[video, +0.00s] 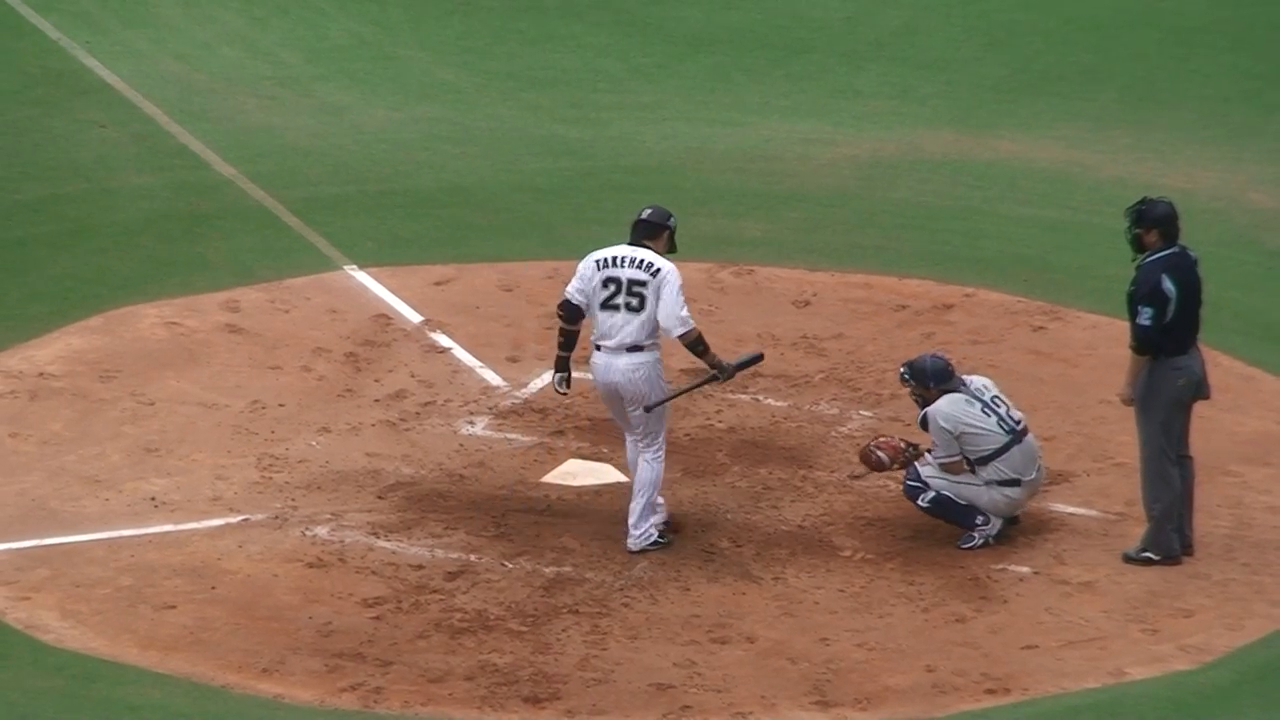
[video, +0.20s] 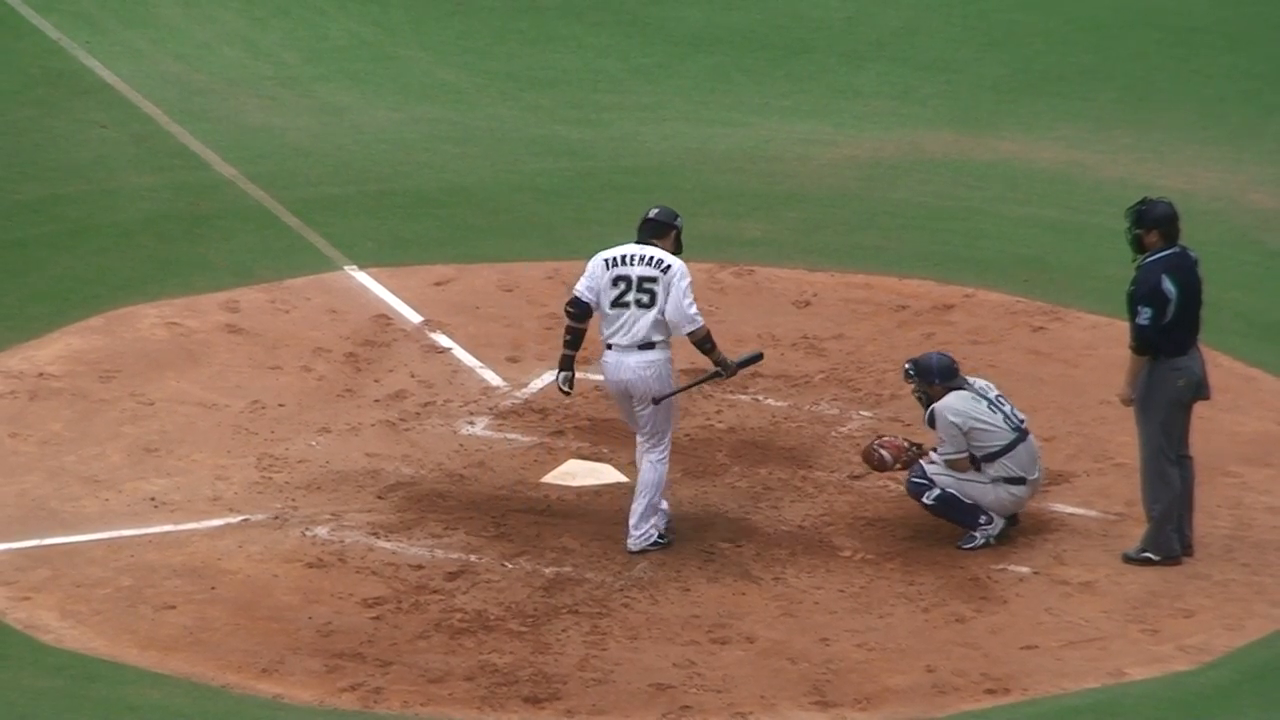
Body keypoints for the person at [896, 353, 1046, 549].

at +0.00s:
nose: (913, 393)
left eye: (916, 388)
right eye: (911, 388)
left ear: (931, 390)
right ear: (950, 376)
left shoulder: (937, 412)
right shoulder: (979, 381)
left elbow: (954, 468)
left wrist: (922, 458)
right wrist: (926, 452)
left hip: (1007, 497)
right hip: (1035, 478)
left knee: (915, 480)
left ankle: (985, 524)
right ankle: (1007, 511)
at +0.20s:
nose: (917, 390)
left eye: (920, 384)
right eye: (916, 384)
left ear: (936, 386)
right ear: (953, 376)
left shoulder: (944, 409)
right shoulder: (978, 383)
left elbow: (961, 465)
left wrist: (927, 457)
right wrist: (925, 452)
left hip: (1009, 494)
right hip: (1031, 479)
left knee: (919, 478)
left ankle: (987, 524)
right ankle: (1004, 511)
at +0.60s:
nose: (924, 381)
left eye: (928, 375)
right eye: (924, 375)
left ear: (946, 376)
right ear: (950, 375)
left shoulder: (962, 397)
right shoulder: (975, 384)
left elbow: (974, 455)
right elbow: (959, 431)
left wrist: (928, 451)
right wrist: (928, 442)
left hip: (1012, 487)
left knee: (932, 468)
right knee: (940, 450)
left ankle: (992, 523)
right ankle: (1002, 505)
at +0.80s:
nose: (926, 382)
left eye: (929, 376)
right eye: (925, 376)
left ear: (944, 376)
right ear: (949, 375)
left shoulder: (959, 397)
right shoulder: (978, 382)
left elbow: (966, 457)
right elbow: (960, 432)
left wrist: (930, 447)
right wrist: (924, 436)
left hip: (1009, 488)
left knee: (925, 471)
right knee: (938, 454)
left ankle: (990, 521)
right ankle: (1002, 506)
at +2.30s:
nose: (931, 374)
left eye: (936, 369)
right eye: (932, 368)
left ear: (952, 375)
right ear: (964, 373)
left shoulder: (965, 403)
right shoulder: (985, 388)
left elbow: (950, 462)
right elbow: (957, 434)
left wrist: (914, 452)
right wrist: (916, 435)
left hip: (1004, 493)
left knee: (915, 479)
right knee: (929, 455)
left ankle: (984, 520)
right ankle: (1002, 508)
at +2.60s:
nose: (931, 375)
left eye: (935, 371)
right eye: (932, 370)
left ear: (952, 376)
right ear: (961, 374)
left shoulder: (965, 403)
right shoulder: (985, 388)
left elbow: (951, 463)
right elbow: (959, 435)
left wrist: (914, 451)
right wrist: (915, 427)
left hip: (1005, 492)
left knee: (915, 479)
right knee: (932, 453)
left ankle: (985, 520)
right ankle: (1003, 507)